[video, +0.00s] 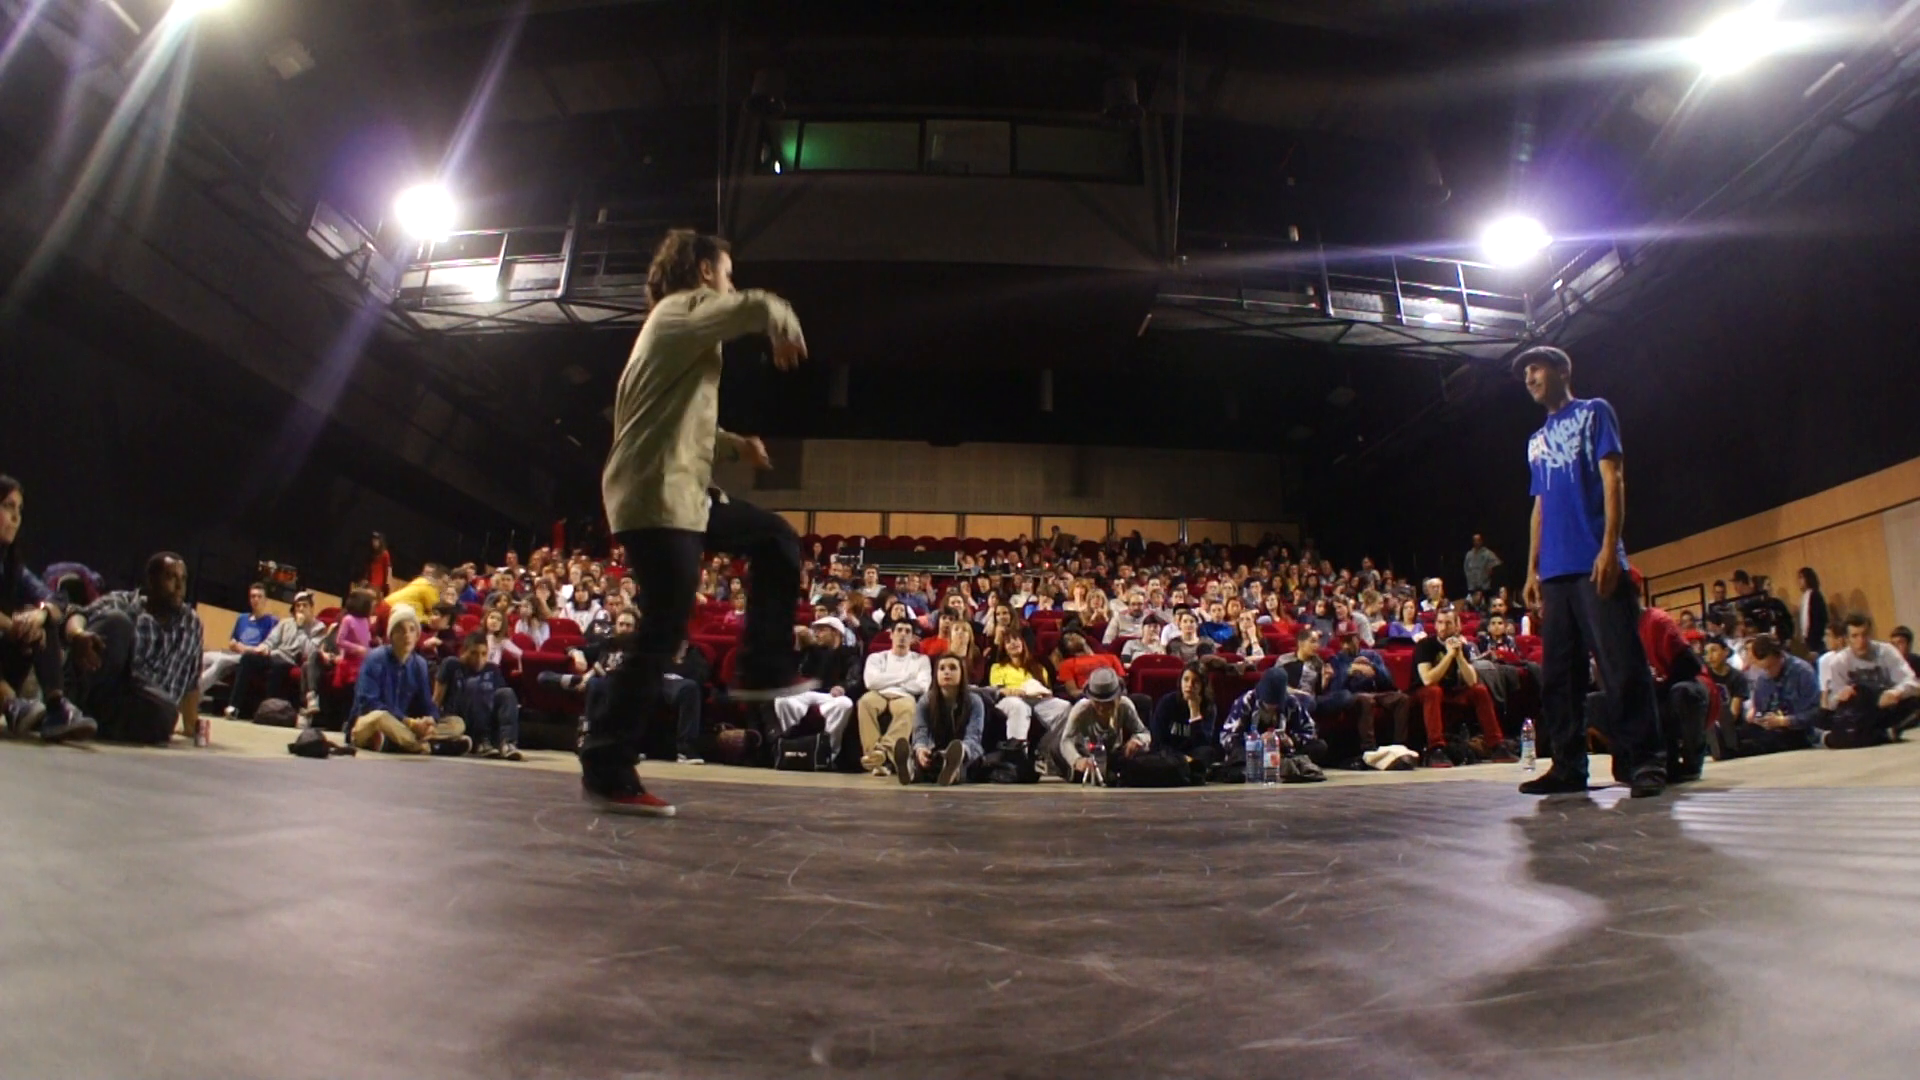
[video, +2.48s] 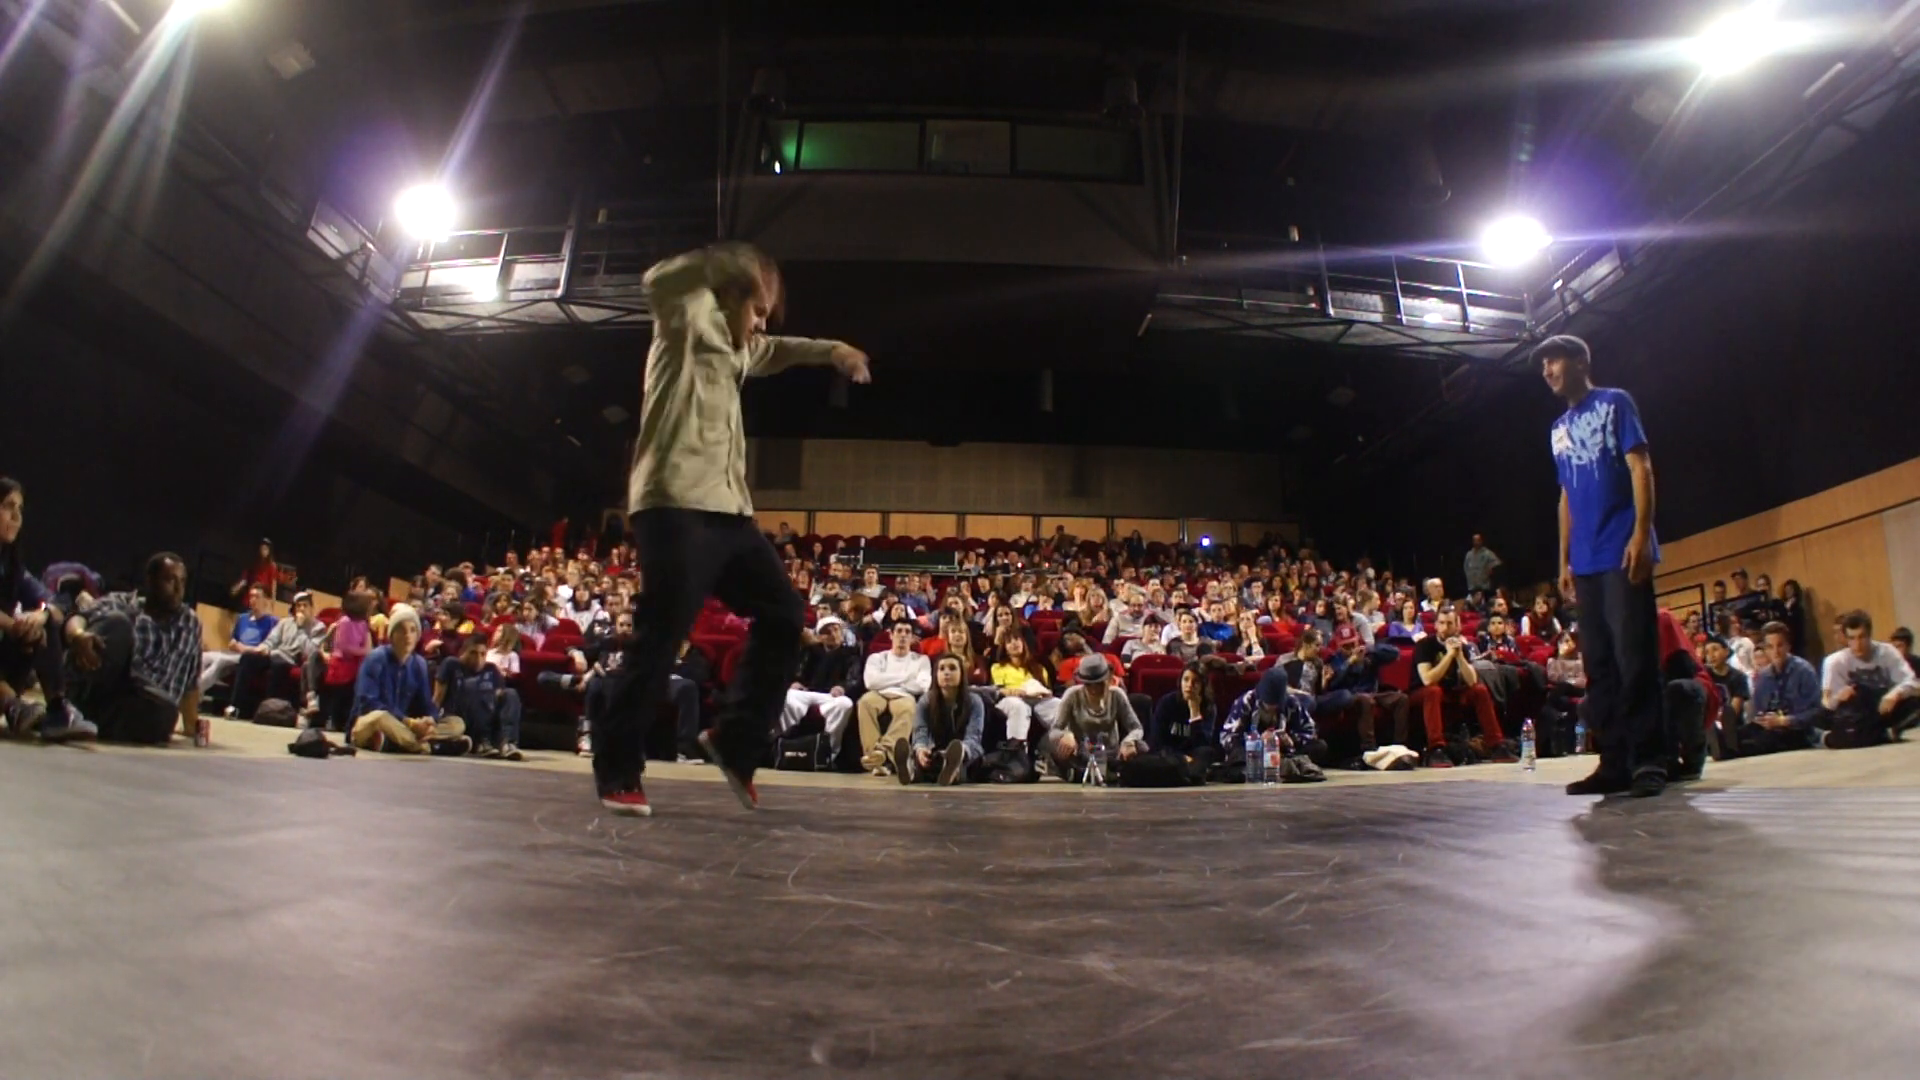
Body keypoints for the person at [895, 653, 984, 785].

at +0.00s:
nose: (947, 672)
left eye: (953, 668)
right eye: (942, 668)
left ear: (962, 673)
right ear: (936, 674)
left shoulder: (974, 701)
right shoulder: (925, 701)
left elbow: (974, 737)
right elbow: (920, 730)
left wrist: (961, 751)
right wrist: (920, 747)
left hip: (962, 751)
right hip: (933, 750)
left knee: (955, 763)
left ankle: (949, 773)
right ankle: (910, 768)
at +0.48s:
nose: (947, 672)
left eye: (952, 668)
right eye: (942, 668)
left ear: (962, 673)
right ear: (935, 674)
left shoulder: (974, 701)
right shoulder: (925, 701)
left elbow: (974, 737)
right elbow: (920, 731)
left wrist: (960, 751)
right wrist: (920, 748)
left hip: (962, 751)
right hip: (933, 750)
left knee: (955, 763)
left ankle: (950, 773)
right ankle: (910, 768)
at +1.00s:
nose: (947, 673)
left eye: (952, 668)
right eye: (942, 669)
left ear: (961, 673)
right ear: (936, 674)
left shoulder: (974, 701)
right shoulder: (925, 701)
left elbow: (974, 737)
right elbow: (920, 730)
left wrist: (961, 751)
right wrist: (920, 747)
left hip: (962, 751)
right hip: (933, 750)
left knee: (955, 762)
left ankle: (949, 773)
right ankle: (910, 768)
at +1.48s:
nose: (947, 673)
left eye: (952, 668)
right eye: (942, 669)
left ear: (961, 674)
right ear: (935, 674)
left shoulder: (974, 701)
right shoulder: (925, 701)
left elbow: (974, 737)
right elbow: (920, 730)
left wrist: (960, 751)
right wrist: (920, 748)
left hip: (962, 751)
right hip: (933, 750)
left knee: (955, 762)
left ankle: (949, 773)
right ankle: (910, 768)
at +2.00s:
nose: (947, 673)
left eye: (952, 668)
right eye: (942, 669)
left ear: (962, 673)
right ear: (935, 674)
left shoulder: (974, 701)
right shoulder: (925, 701)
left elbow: (974, 738)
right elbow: (920, 731)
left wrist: (961, 751)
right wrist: (920, 748)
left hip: (962, 751)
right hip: (933, 750)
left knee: (955, 762)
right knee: (919, 760)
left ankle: (949, 773)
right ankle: (910, 768)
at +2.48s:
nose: (947, 673)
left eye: (952, 668)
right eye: (942, 669)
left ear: (962, 674)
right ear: (936, 674)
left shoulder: (974, 701)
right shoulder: (925, 701)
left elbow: (974, 738)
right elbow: (920, 731)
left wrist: (961, 751)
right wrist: (920, 748)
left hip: (962, 751)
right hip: (933, 750)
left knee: (955, 762)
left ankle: (949, 773)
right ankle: (910, 768)